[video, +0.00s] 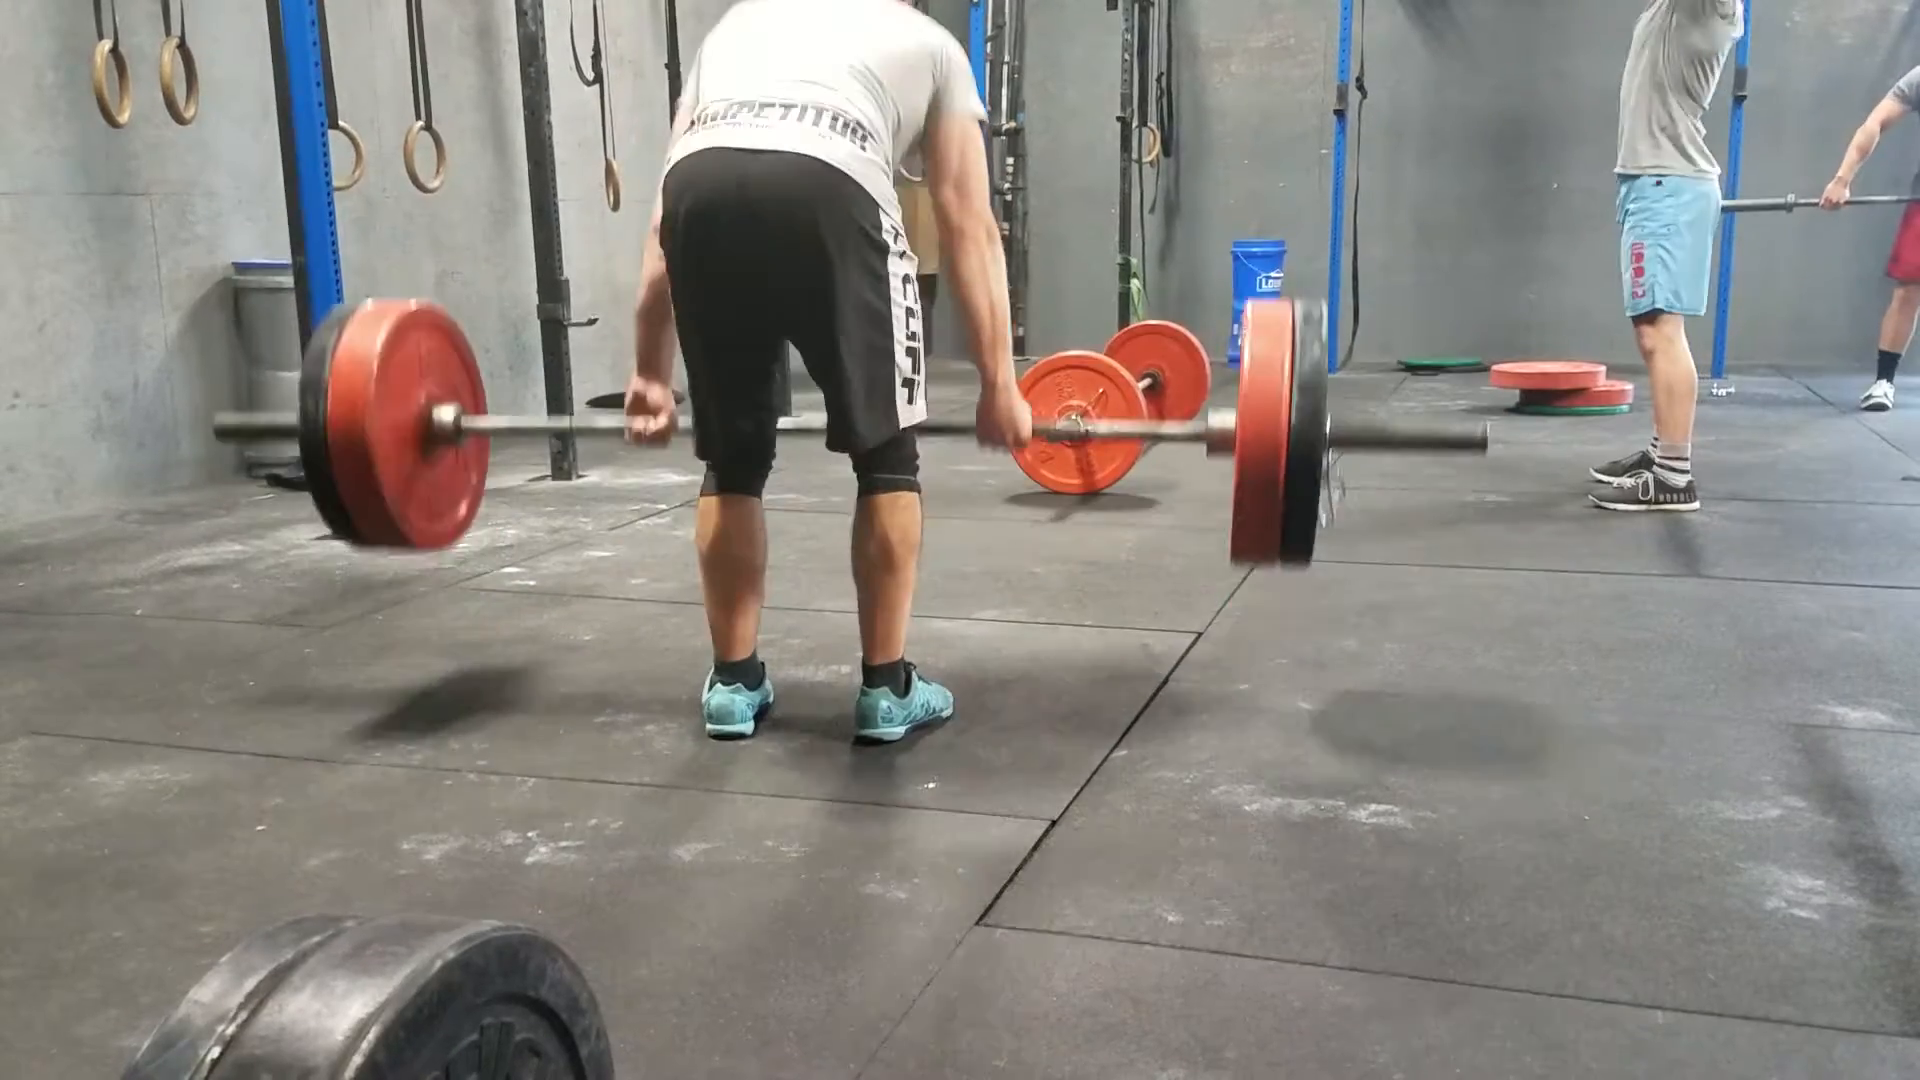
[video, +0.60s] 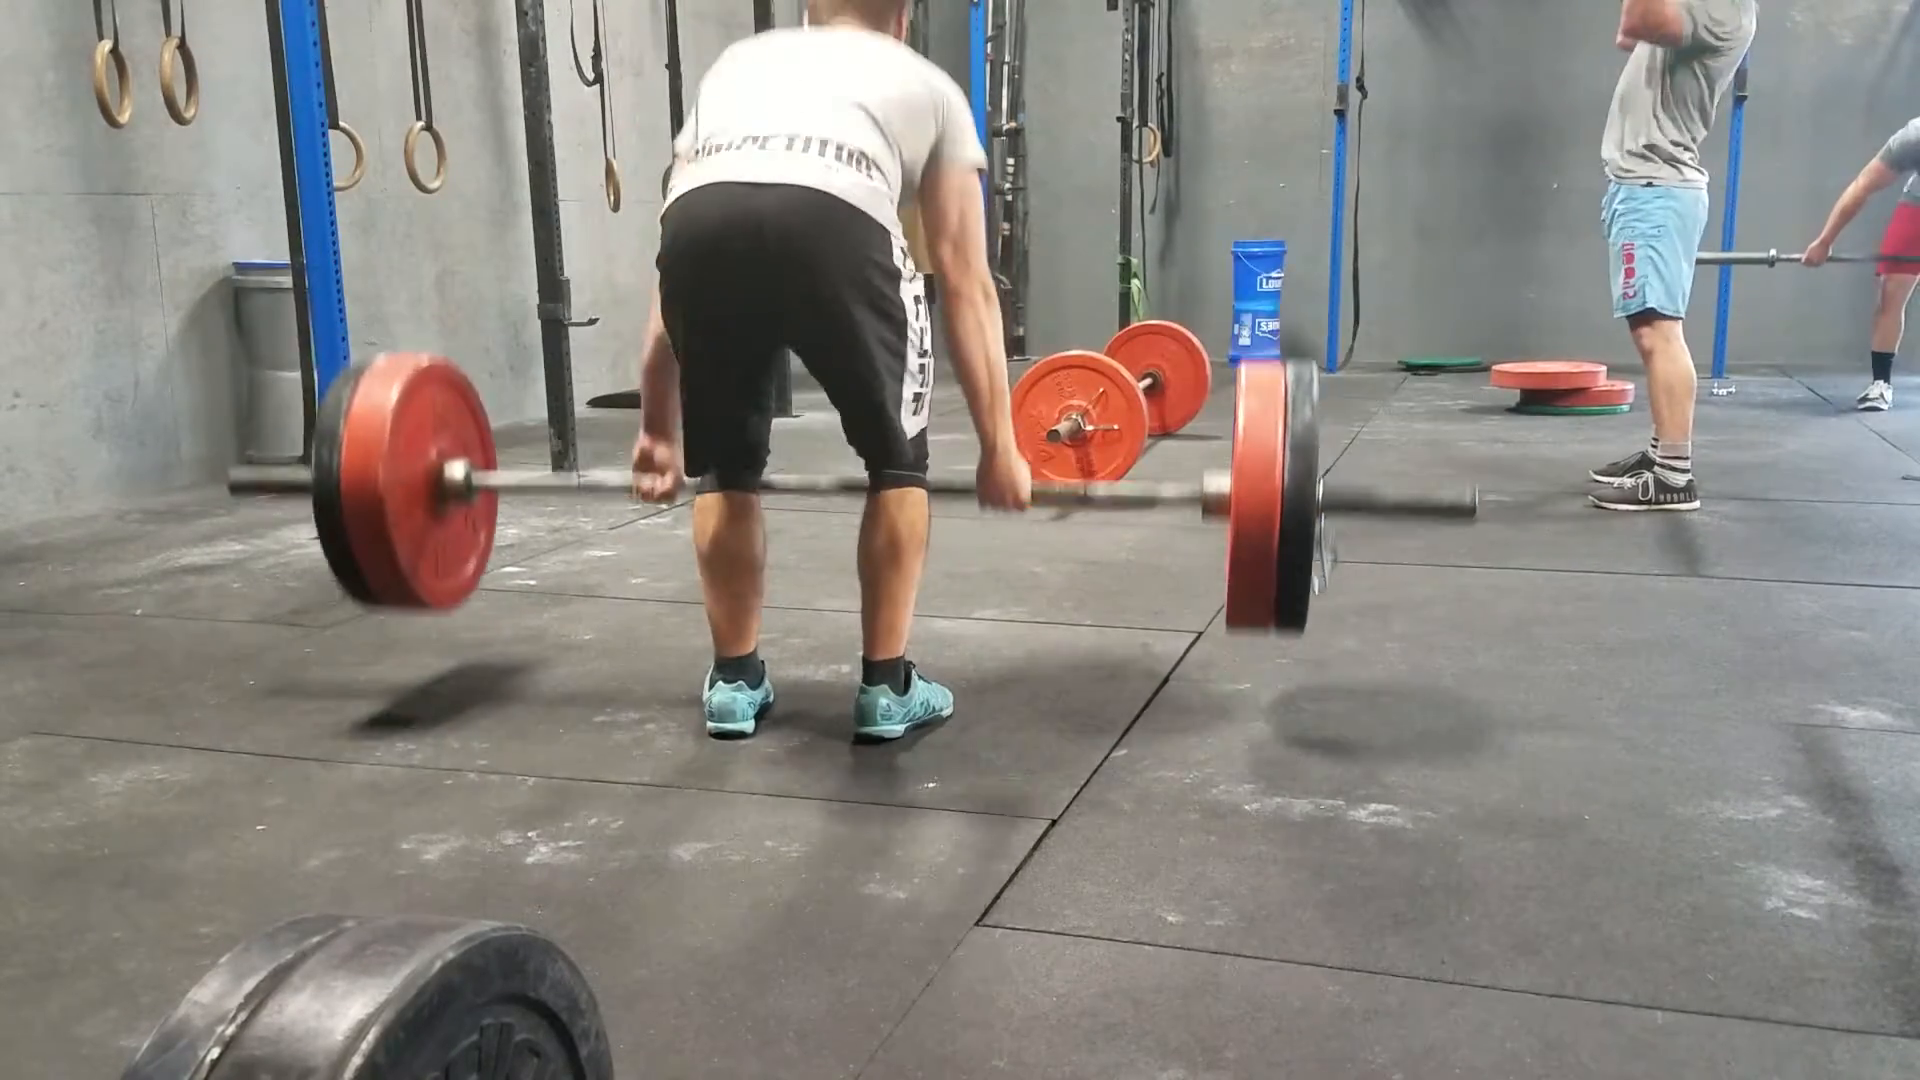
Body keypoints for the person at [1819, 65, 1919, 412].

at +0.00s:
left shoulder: (1915, 79)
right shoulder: (1918, 77)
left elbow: (1876, 123)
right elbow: (1876, 122)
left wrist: (1842, 178)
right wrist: (1842, 178)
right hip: (1919, 203)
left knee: (1909, 290)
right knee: (1909, 289)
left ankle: (1883, 381)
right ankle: (1883, 382)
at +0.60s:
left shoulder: (1912, 136)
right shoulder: (1914, 135)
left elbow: (1863, 186)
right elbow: (1863, 185)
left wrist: (1823, 241)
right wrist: (1824, 241)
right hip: (1915, 204)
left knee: (1895, 289)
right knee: (1893, 288)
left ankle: (1881, 383)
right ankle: (1880, 383)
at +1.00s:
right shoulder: (1912, 195)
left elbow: (1858, 245)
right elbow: (1858, 245)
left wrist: (1820, 301)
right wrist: (1820, 301)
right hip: (1913, 230)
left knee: (1888, 290)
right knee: (1885, 289)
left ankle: (1879, 383)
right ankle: (1879, 384)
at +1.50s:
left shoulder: (1913, 149)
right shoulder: (1915, 148)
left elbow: (1861, 193)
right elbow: (1862, 192)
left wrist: (1828, 251)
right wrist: (1828, 250)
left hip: (1913, 209)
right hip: (1914, 208)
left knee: (1891, 294)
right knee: (1888, 293)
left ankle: (1881, 383)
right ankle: (1881, 383)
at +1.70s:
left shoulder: (1912, 104)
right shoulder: (1915, 103)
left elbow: (1861, 143)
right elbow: (1861, 143)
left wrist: (1831, 201)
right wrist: (1832, 200)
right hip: (1915, 214)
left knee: (1901, 292)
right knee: (1900, 292)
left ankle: (1884, 382)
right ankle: (1883, 383)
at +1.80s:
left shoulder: (1912, 80)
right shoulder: (1915, 78)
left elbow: (1866, 117)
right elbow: (1867, 116)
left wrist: (1837, 169)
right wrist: (1837, 168)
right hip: (1917, 200)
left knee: (1905, 282)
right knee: (1904, 281)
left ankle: (1882, 377)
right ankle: (1882, 378)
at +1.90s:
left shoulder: (1914, 59)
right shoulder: (1917, 57)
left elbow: (1862, 82)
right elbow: (1862, 82)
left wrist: (1840, 106)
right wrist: (1841, 107)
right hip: (1918, 179)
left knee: (1906, 272)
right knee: (1904, 270)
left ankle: (1881, 373)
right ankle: (1881, 373)